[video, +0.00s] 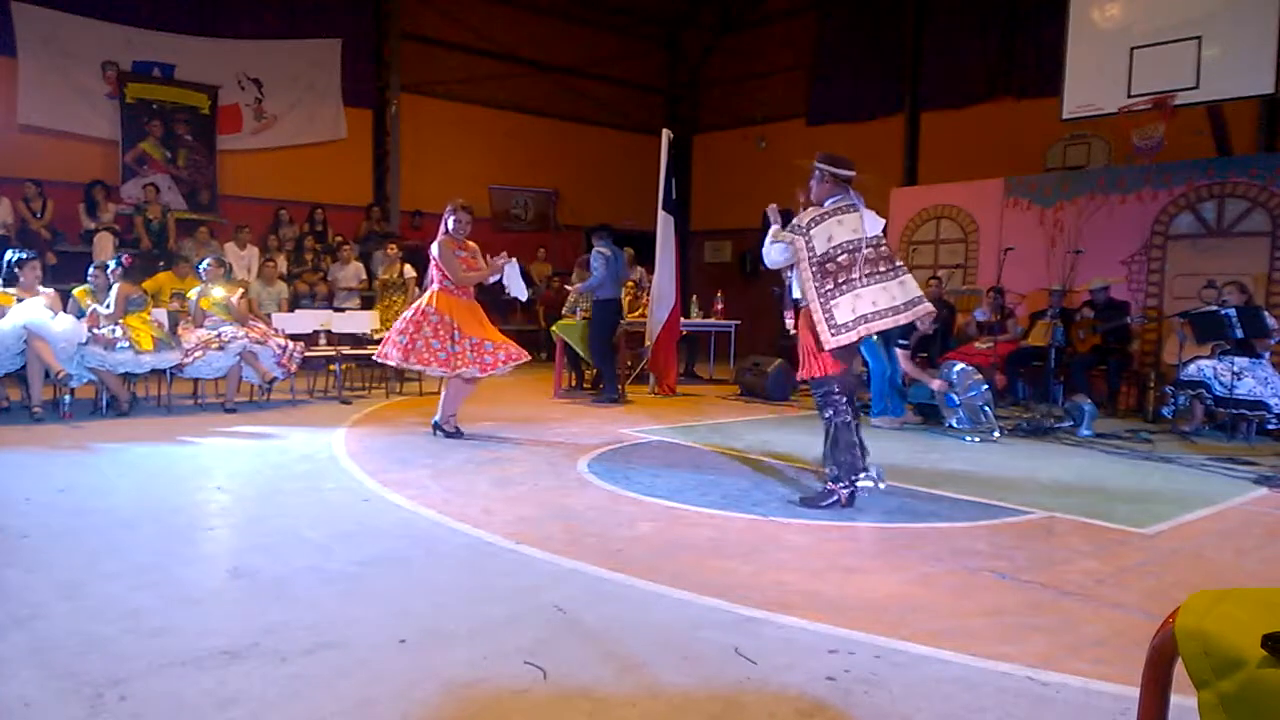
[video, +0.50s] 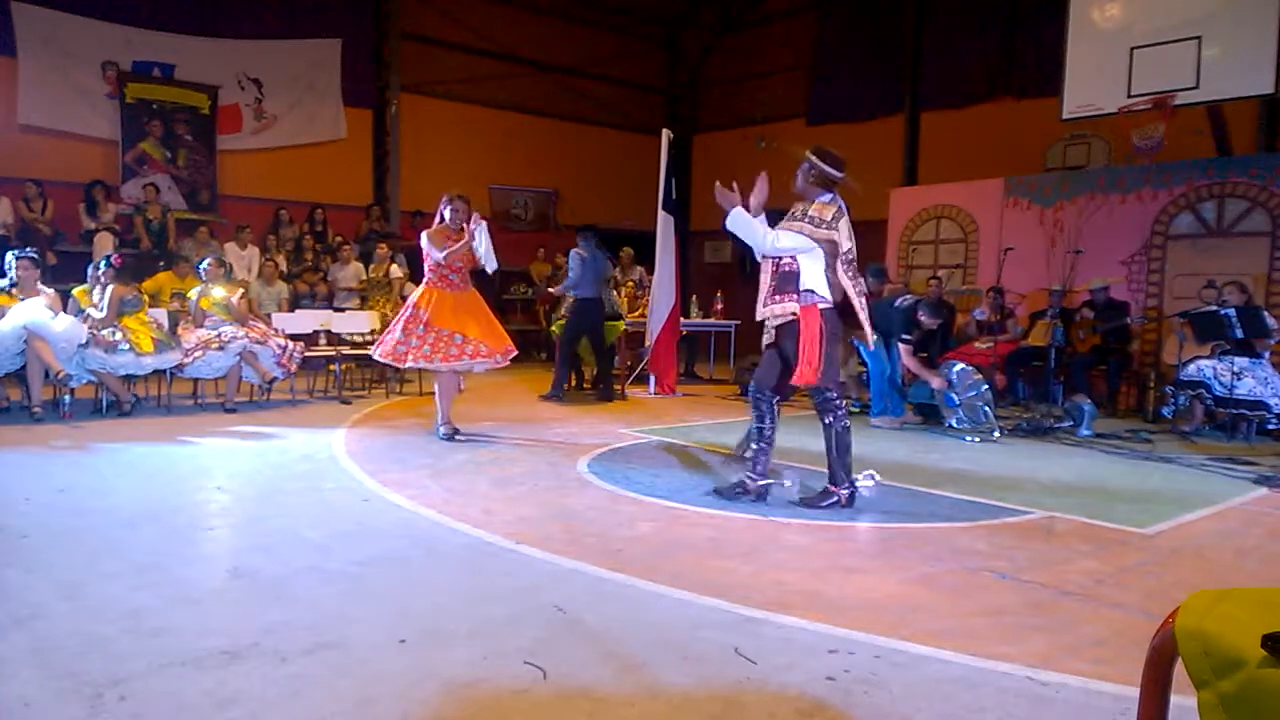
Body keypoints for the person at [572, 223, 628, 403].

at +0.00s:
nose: (593, 242)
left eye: (594, 239)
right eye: (593, 239)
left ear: (598, 239)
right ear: (609, 238)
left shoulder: (598, 252)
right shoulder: (619, 253)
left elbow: (600, 275)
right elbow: (624, 275)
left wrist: (580, 288)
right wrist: (609, 282)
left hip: (602, 302)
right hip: (615, 302)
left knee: (598, 345)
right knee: (606, 345)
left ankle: (610, 389)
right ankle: (610, 387)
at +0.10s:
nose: (592, 242)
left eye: (592, 239)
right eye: (592, 239)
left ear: (595, 238)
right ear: (607, 238)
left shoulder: (596, 252)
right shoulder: (617, 254)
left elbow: (597, 275)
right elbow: (622, 277)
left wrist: (577, 287)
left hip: (599, 302)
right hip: (613, 302)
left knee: (591, 346)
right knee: (606, 345)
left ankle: (606, 388)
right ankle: (608, 388)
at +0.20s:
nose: (589, 242)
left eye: (589, 238)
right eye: (590, 238)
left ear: (591, 238)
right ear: (605, 238)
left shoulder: (592, 252)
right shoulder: (614, 254)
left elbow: (593, 275)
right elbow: (618, 278)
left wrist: (573, 287)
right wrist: (608, 288)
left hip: (595, 302)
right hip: (610, 302)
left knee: (582, 344)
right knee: (606, 345)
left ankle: (589, 387)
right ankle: (608, 386)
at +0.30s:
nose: (586, 242)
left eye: (586, 239)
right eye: (587, 239)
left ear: (588, 239)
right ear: (602, 238)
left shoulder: (588, 252)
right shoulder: (611, 254)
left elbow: (588, 276)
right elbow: (615, 279)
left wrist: (569, 288)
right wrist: (602, 284)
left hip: (591, 302)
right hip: (607, 302)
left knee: (577, 344)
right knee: (604, 346)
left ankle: (576, 387)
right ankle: (608, 387)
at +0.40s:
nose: (582, 242)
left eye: (583, 239)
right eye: (583, 239)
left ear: (585, 239)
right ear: (598, 239)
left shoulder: (583, 253)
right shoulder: (607, 255)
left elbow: (583, 275)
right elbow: (614, 280)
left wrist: (565, 288)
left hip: (587, 302)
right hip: (603, 302)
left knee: (572, 344)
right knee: (603, 346)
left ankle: (562, 388)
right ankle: (608, 388)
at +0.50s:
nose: (578, 241)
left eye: (579, 239)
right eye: (580, 238)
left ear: (579, 239)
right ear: (593, 239)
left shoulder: (576, 253)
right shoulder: (599, 255)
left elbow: (575, 276)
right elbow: (609, 272)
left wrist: (558, 290)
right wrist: (594, 279)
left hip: (580, 302)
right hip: (597, 302)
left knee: (566, 343)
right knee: (600, 346)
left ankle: (558, 387)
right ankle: (607, 388)